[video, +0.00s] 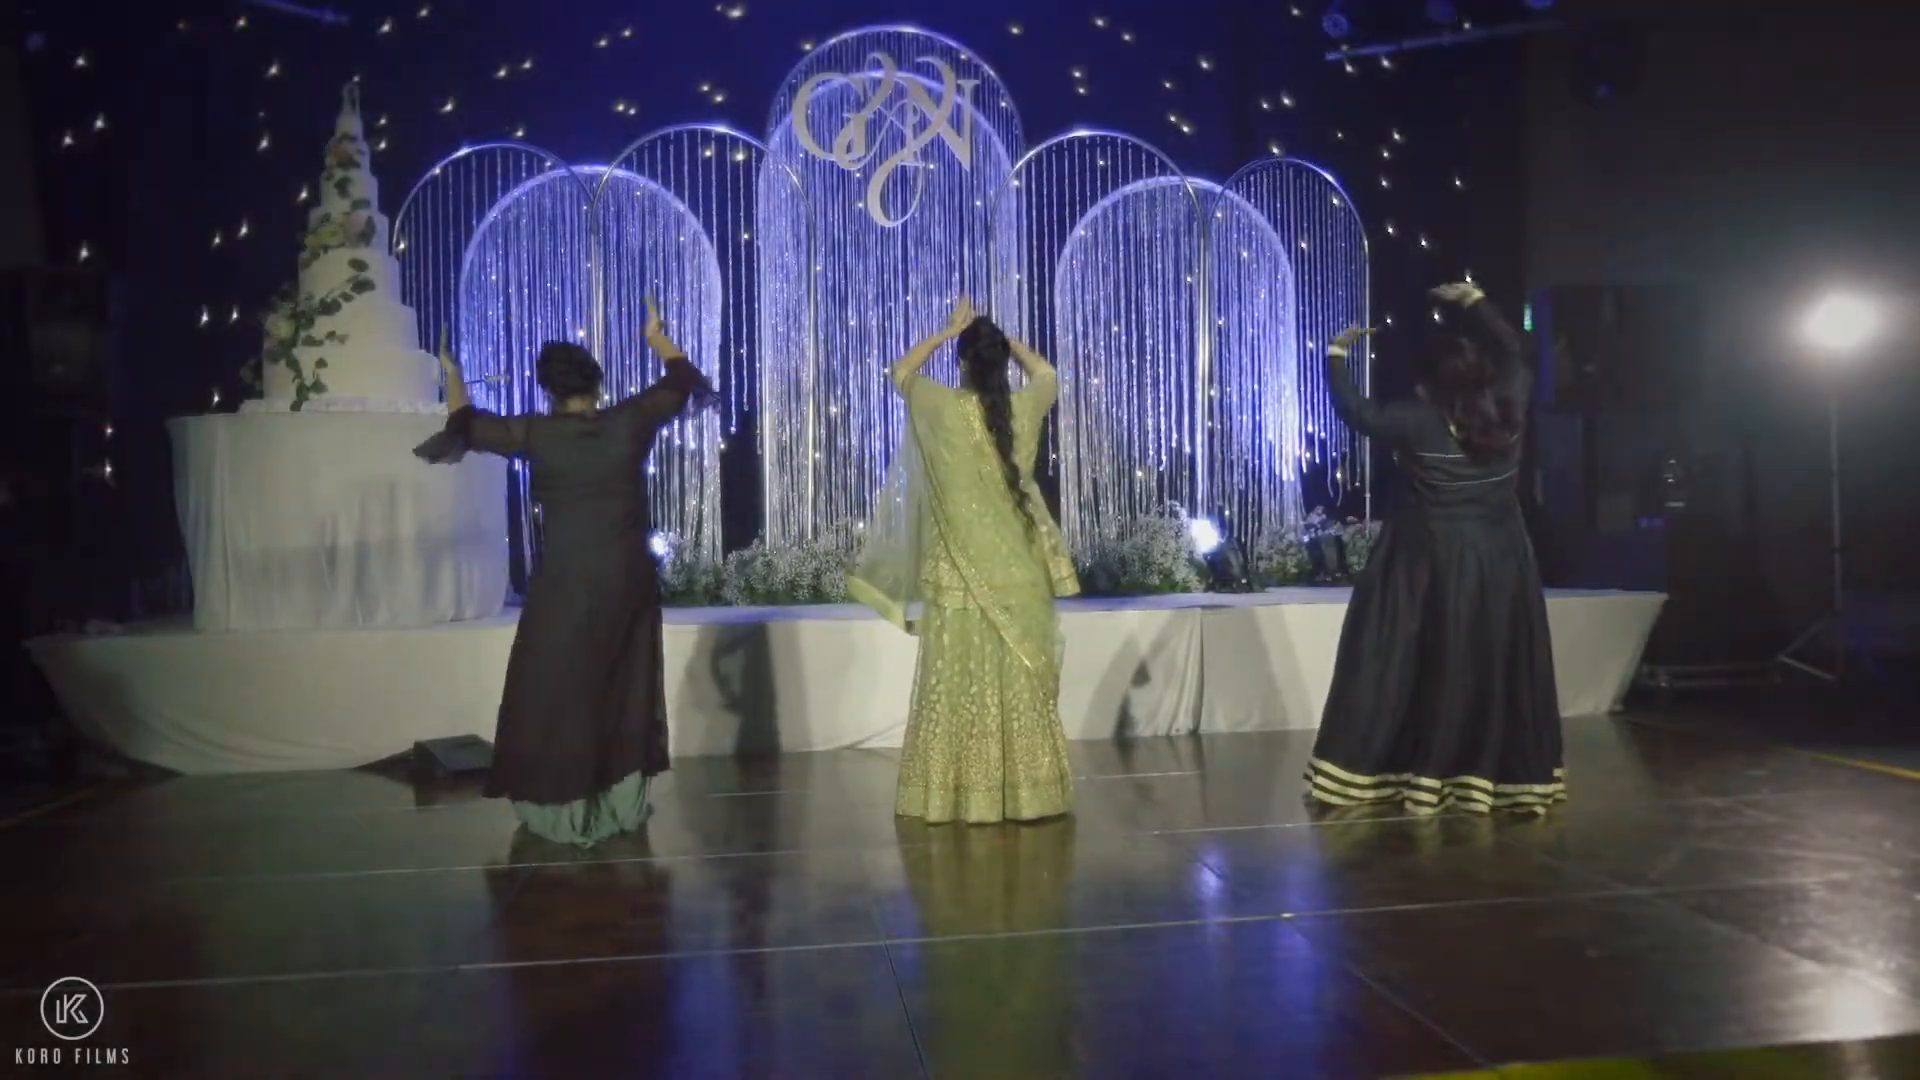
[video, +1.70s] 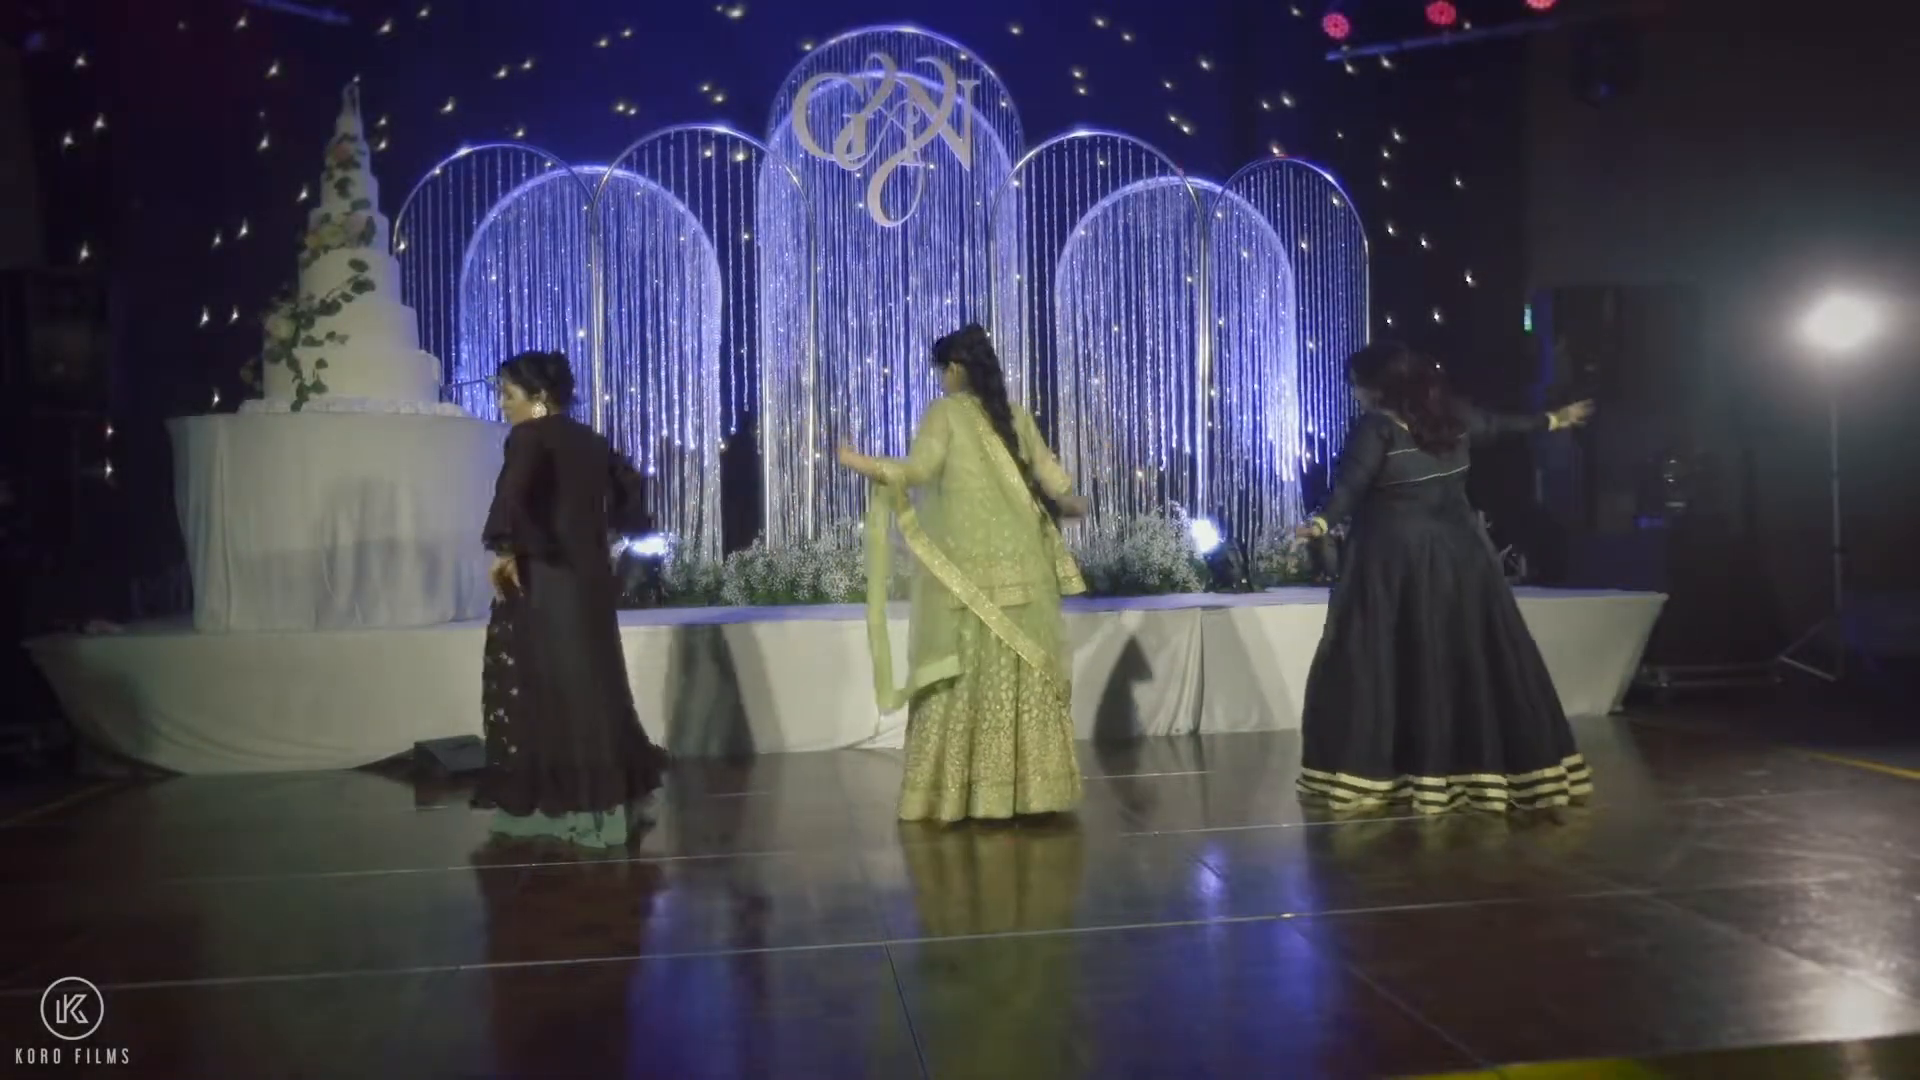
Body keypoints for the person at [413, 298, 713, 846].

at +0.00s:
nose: (564, 397)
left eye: (553, 390)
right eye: (585, 384)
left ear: (551, 393)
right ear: (596, 386)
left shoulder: (537, 435)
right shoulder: (630, 424)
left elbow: (466, 424)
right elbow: (685, 381)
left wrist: (455, 380)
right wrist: (661, 344)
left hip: (565, 585)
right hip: (627, 582)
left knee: (557, 696)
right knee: (621, 693)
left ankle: (562, 817)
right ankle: (622, 811)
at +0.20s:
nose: (552, 408)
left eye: (551, 399)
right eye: (557, 398)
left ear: (554, 401)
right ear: (599, 390)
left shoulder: (549, 453)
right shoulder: (639, 426)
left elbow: (474, 481)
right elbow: (695, 394)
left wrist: (422, 445)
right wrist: (689, 355)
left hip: (585, 592)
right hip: (646, 588)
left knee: (578, 696)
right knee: (636, 692)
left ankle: (582, 812)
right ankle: (634, 806)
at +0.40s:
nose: (545, 419)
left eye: (544, 409)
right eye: (546, 409)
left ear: (552, 408)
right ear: (593, 398)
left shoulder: (548, 466)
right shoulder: (639, 432)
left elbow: (505, 532)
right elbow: (696, 435)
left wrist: (433, 529)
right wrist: (693, 394)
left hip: (591, 593)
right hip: (653, 588)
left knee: (578, 693)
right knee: (640, 691)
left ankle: (578, 810)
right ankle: (635, 807)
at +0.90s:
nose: (541, 427)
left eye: (540, 417)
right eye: (540, 418)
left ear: (549, 413)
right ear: (588, 402)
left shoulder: (548, 467)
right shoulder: (637, 432)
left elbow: (518, 544)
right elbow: (688, 468)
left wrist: (457, 580)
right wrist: (728, 450)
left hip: (596, 594)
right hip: (656, 587)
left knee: (578, 694)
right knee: (648, 690)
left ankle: (585, 811)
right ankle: (648, 802)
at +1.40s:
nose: (533, 417)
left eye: (533, 408)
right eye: (533, 408)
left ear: (544, 403)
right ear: (583, 398)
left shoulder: (536, 447)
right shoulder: (627, 435)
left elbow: (488, 513)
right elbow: (688, 483)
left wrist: (471, 556)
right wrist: (689, 515)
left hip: (569, 593)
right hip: (634, 590)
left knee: (567, 697)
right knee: (633, 694)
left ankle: (574, 811)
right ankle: (639, 807)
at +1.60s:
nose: (510, 406)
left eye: (513, 396)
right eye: (510, 396)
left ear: (536, 395)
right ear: (564, 394)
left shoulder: (524, 438)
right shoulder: (604, 436)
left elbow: (498, 497)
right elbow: (656, 484)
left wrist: (502, 552)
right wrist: (656, 542)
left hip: (548, 592)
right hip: (603, 588)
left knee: (553, 695)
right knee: (608, 693)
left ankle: (571, 810)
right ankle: (622, 805)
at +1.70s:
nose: (501, 405)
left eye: (506, 394)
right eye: (500, 395)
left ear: (535, 395)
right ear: (553, 395)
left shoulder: (528, 438)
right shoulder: (593, 441)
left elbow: (511, 493)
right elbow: (632, 495)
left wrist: (501, 547)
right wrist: (600, 531)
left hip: (544, 589)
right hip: (592, 586)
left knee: (545, 693)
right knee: (594, 692)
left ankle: (554, 803)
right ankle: (605, 805)